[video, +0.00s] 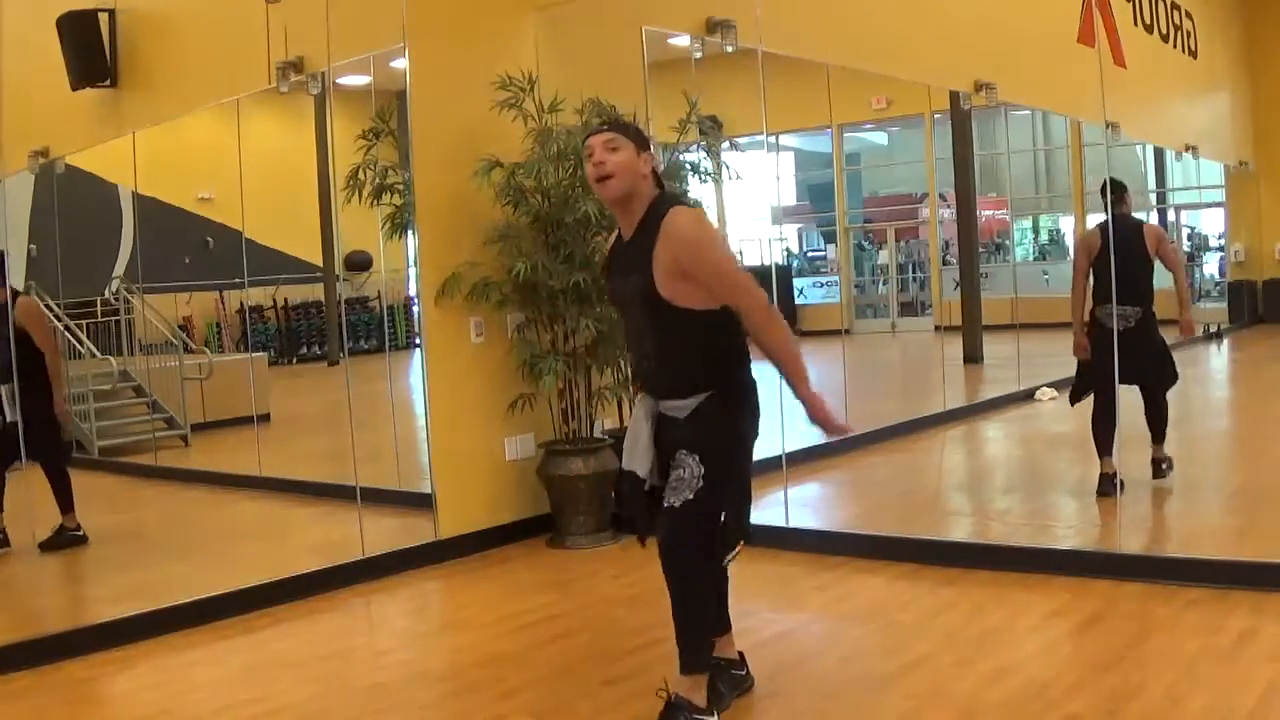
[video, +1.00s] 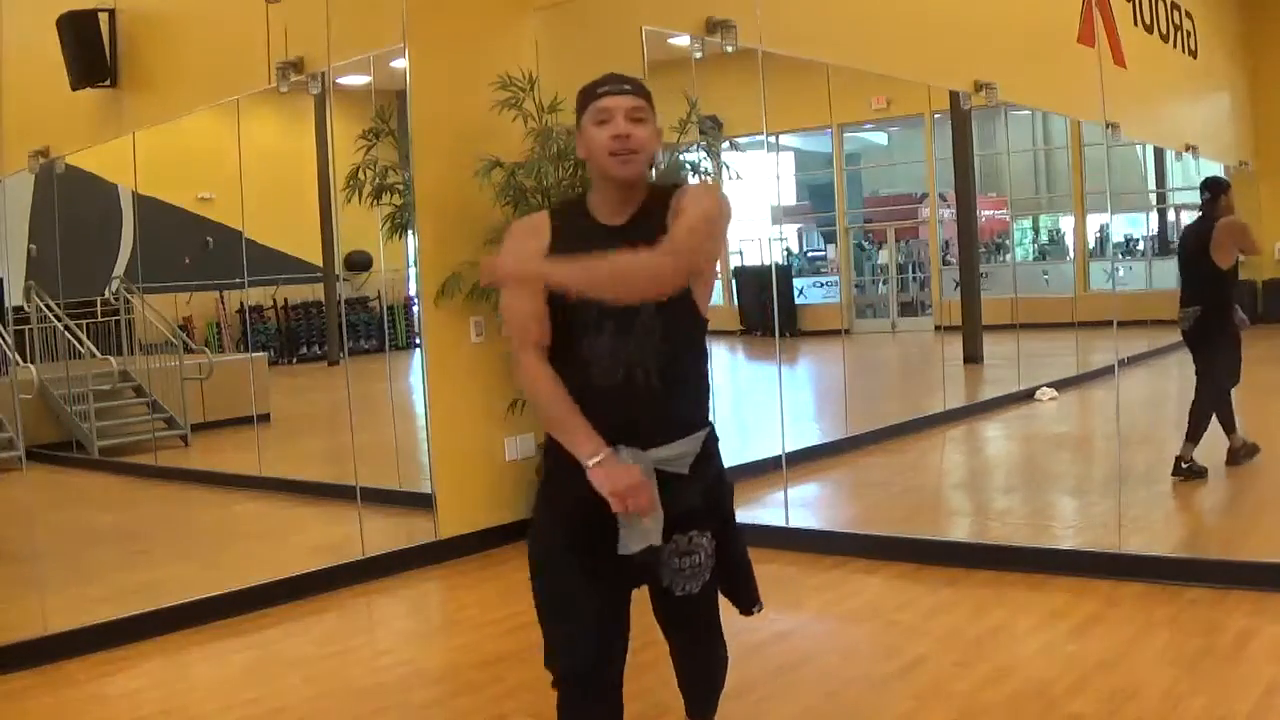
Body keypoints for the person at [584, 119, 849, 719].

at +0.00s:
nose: (597, 162)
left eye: (610, 150)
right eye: (589, 158)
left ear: (647, 162)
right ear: (590, 182)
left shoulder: (683, 228)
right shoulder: (619, 248)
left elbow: (757, 310)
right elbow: (651, 334)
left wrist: (807, 392)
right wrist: (645, 406)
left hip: (715, 408)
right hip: (664, 411)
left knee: (683, 544)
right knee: (690, 536)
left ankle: (693, 698)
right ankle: (726, 662)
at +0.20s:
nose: (601, 158)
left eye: (614, 146)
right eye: (591, 154)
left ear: (649, 160)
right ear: (588, 180)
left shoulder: (695, 233)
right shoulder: (601, 251)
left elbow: (765, 314)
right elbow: (633, 339)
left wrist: (811, 407)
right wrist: (638, 412)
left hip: (714, 422)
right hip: (653, 424)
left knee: (707, 563)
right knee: (683, 553)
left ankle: (708, 695)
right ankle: (728, 664)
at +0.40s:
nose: (631, 138)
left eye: (644, 130)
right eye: (616, 134)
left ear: (670, 152)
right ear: (601, 165)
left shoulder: (722, 231)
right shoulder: (583, 254)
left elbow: (754, 340)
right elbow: (577, 359)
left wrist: (715, 440)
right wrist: (584, 451)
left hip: (712, 431)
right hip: (633, 439)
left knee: (707, 583)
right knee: (649, 573)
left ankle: (704, 705)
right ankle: (706, 643)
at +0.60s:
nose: (654, 128)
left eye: (666, 119)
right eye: (637, 123)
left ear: (687, 140)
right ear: (615, 149)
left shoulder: (732, 220)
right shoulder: (579, 240)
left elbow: (735, 307)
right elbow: (559, 353)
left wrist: (666, 284)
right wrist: (562, 461)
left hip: (710, 434)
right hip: (620, 439)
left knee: (707, 601)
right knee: (610, 609)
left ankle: (707, 712)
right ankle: (640, 683)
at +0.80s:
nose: (672, 126)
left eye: (683, 115)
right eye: (653, 116)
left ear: (699, 132)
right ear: (620, 133)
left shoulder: (722, 204)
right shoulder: (569, 223)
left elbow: (665, 181)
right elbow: (560, 339)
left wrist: (584, 149)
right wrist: (597, 450)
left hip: (699, 444)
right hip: (606, 453)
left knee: (705, 616)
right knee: (596, 630)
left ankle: (704, 711)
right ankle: (589, 717)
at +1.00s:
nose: (623, 131)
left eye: (638, 118)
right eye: (604, 120)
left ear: (657, 138)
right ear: (580, 142)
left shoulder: (697, 203)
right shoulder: (533, 234)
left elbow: (666, 273)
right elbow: (528, 357)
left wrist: (535, 270)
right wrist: (599, 457)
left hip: (682, 466)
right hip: (576, 472)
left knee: (697, 639)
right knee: (585, 677)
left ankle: (701, 712)